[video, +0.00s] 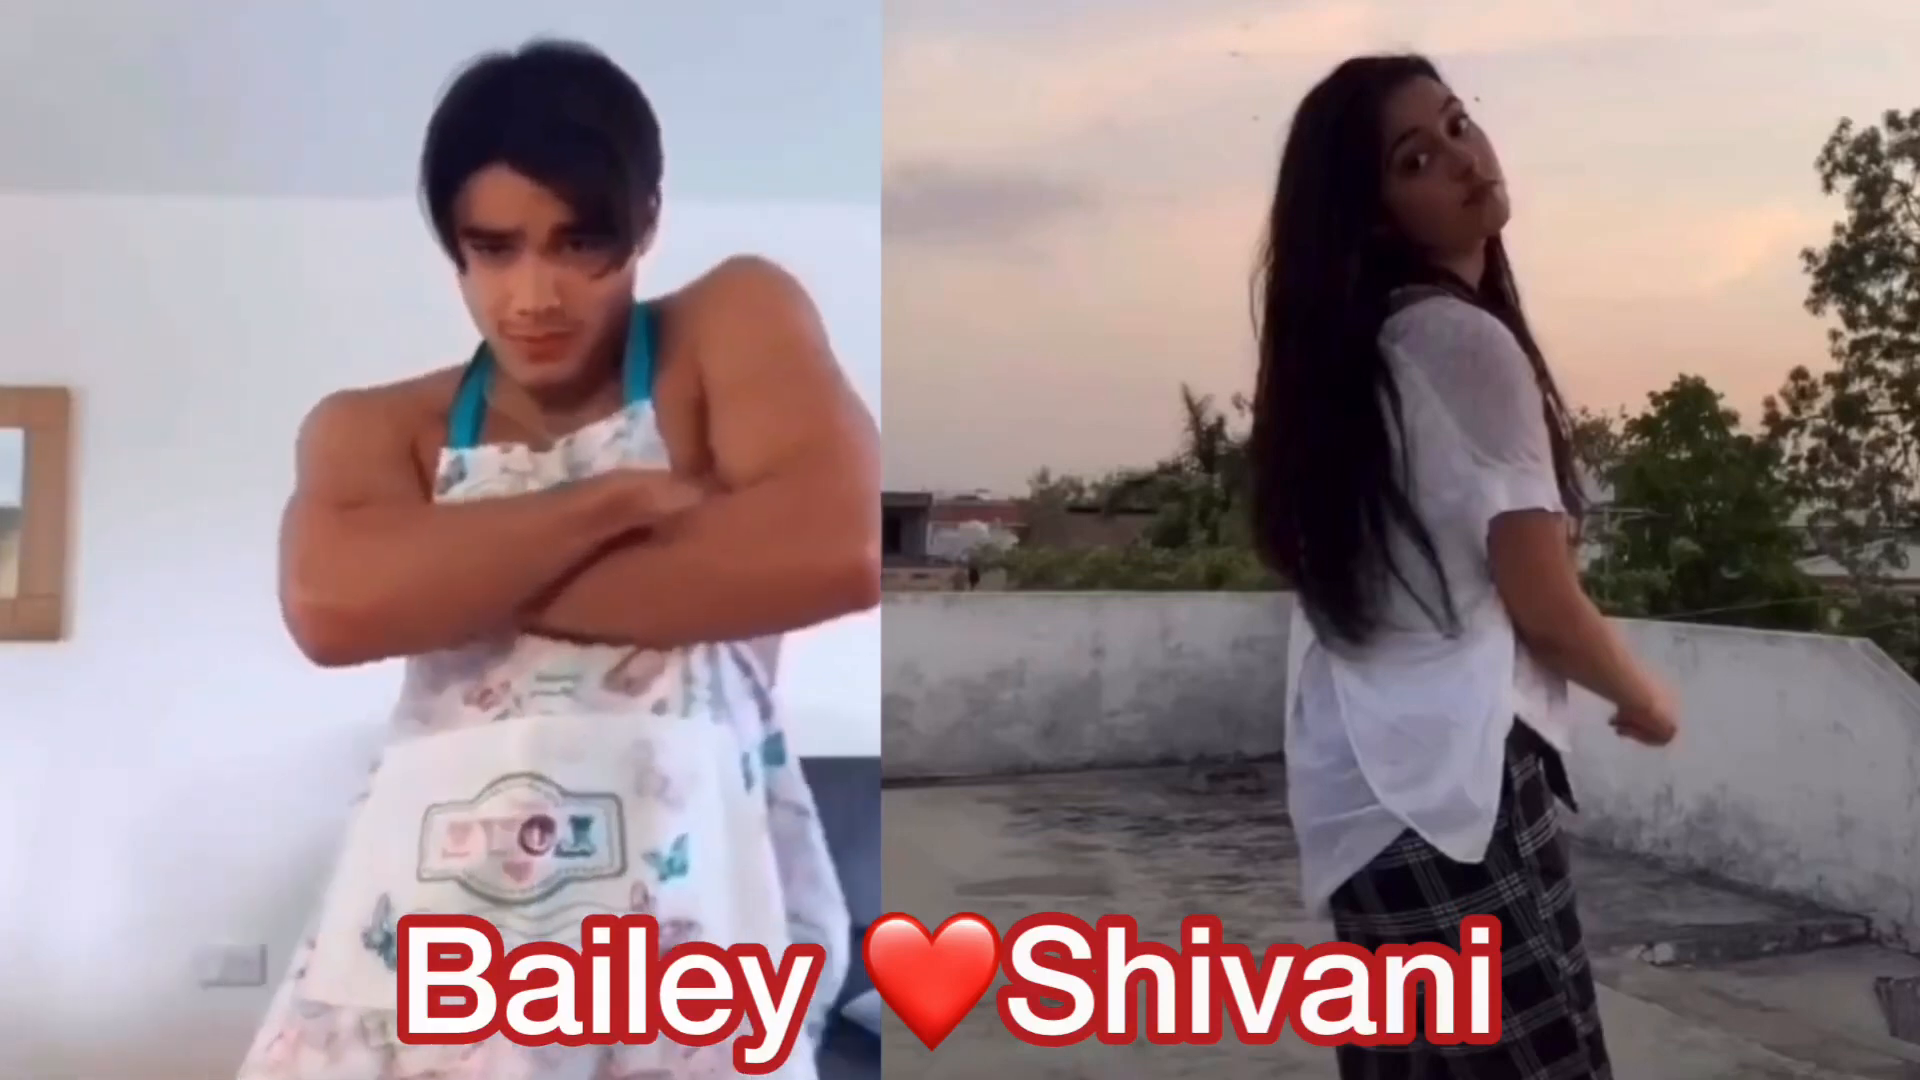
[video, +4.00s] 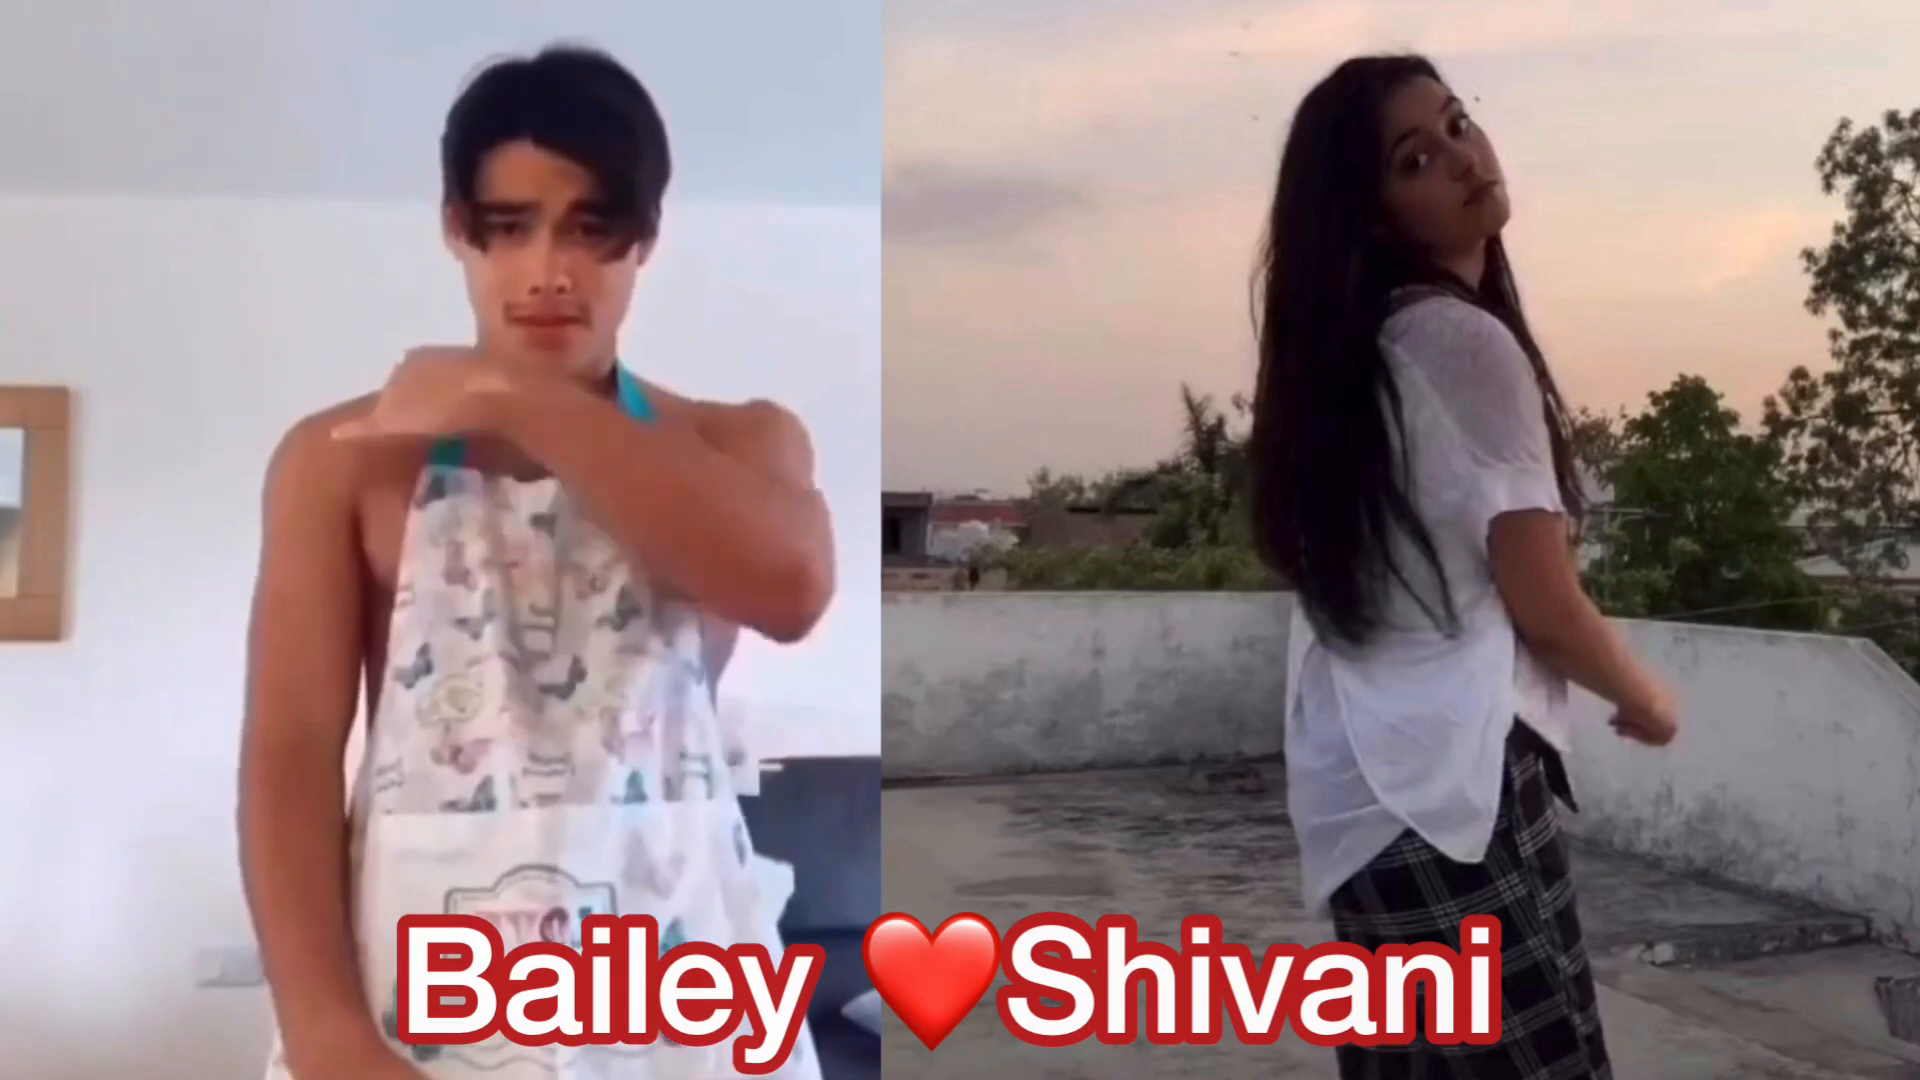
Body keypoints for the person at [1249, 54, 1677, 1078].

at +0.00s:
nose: (1467, 158)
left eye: (1459, 125)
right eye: (1418, 158)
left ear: (1480, 128)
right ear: (1371, 210)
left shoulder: (1352, 332)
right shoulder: (1464, 339)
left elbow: (1392, 565)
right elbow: (1544, 602)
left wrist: (1545, 666)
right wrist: (1643, 698)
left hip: (1361, 784)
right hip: (1451, 789)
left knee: (1396, 1056)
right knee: (1544, 1055)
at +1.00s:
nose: (1467, 158)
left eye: (1459, 125)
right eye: (1418, 158)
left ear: (1480, 128)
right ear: (1370, 210)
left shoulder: (1352, 333)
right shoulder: (1464, 339)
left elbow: (1393, 566)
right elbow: (1545, 603)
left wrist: (1546, 665)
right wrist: (1642, 697)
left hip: (1362, 783)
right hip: (1451, 789)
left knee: (1397, 1056)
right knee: (1544, 1055)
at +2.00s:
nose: (1467, 158)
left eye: (1459, 125)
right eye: (1418, 158)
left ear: (1479, 128)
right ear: (1370, 210)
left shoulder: (1353, 333)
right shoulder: (1465, 339)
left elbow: (1393, 566)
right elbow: (1545, 603)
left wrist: (1546, 665)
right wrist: (1642, 697)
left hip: (1362, 783)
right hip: (1451, 789)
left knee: (1397, 1056)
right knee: (1544, 1055)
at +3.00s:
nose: (1467, 158)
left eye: (1459, 125)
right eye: (1418, 159)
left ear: (1480, 129)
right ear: (1370, 210)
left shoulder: (1352, 332)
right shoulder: (1464, 339)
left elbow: (1392, 565)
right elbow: (1544, 602)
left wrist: (1545, 666)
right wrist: (1643, 697)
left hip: (1361, 783)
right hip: (1451, 789)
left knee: (1396, 1056)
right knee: (1544, 1055)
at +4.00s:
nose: (1466, 158)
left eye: (1459, 125)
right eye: (1417, 158)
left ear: (1480, 129)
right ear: (1370, 210)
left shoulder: (1353, 333)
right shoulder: (1465, 339)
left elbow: (1392, 564)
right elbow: (1545, 602)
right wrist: (1643, 697)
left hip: (1362, 783)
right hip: (1452, 789)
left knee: (1397, 1056)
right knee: (1544, 1056)